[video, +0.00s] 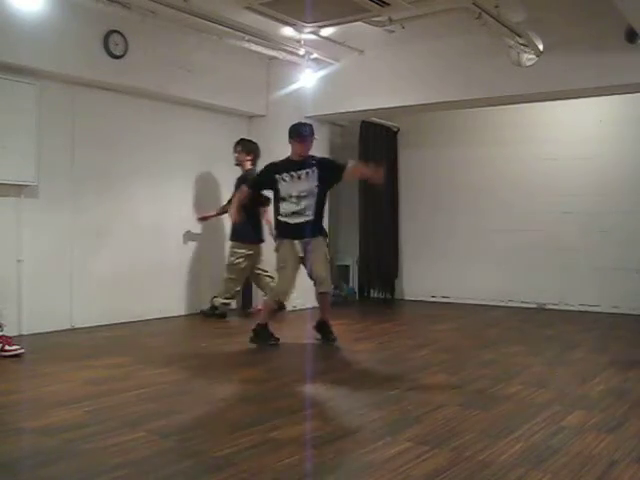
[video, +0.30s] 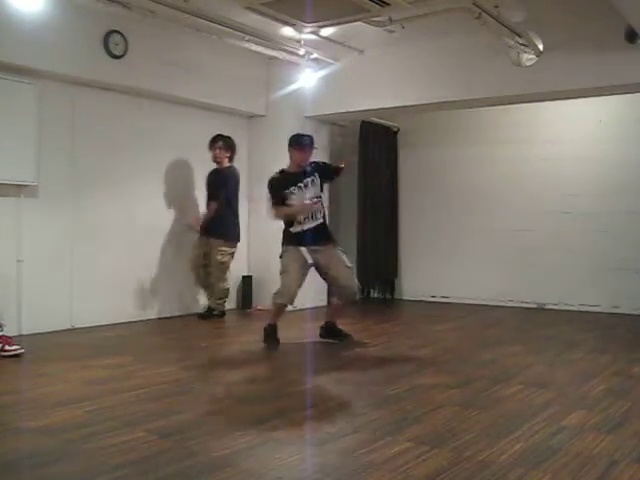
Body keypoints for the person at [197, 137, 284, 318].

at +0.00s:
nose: (235, 156)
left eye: (238, 153)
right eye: (235, 153)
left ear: (249, 156)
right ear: (247, 156)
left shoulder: (252, 179)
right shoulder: (243, 179)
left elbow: (264, 202)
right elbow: (231, 204)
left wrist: (269, 223)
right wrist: (211, 215)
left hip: (245, 235)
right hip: (248, 234)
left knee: (234, 272)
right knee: (255, 270)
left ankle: (221, 305)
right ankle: (278, 298)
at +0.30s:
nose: (217, 153)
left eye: (221, 149)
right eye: (214, 149)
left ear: (230, 153)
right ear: (211, 152)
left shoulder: (231, 174)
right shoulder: (213, 175)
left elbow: (222, 202)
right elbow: (211, 201)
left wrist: (205, 219)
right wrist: (205, 220)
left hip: (225, 232)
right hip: (210, 229)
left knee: (218, 270)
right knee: (199, 266)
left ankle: (219, 305)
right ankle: (213, 301)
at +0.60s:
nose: (202, 152)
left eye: (205, 148)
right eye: (197, 148)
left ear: (209, 151)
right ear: (189, 151)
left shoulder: (217, 173)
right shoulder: (184, 174)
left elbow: (216, 199)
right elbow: (179, 204)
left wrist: (188, 195)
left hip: (215, 230)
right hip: (192, 228)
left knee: (217, 272)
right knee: (184, 270)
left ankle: (216, 306)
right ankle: (178, 307)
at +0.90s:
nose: (197, 151)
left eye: (198, 147)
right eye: (191, 149)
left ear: (202, 148)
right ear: (182, 154)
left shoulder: (211, 172)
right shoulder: (178, 177)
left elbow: (221, 201)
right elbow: (164, 206)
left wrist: (232, 225)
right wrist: (153, 231)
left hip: (215, 234)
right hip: (190, 235)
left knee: (218, 272)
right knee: (182, 274)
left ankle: (221, 306)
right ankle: (178, 308)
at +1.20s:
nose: (223, 154)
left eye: (224, 150)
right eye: (220, 150)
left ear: (222, 153)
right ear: (209, 153)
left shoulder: (225, 175)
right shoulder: (199, 174)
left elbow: (244, 188)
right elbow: (188, 194)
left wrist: (271, 193)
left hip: (225, 234)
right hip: (204, 236)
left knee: (228, 273)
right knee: (194, 273)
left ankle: (227, 307)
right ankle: (179, 307)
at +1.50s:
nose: (252, 160)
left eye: (253, 157)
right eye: (251, 156)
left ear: (242, 151)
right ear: (246, 154)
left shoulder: (241, 168)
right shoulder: (229, 167)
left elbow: (248, 146)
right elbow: (231, 141)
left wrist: (249, 121)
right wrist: (237, 115)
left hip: (240, 224)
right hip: (231, 224)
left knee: (235, 266)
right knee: (235, 265)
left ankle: (227, 302)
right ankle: (224, 301)